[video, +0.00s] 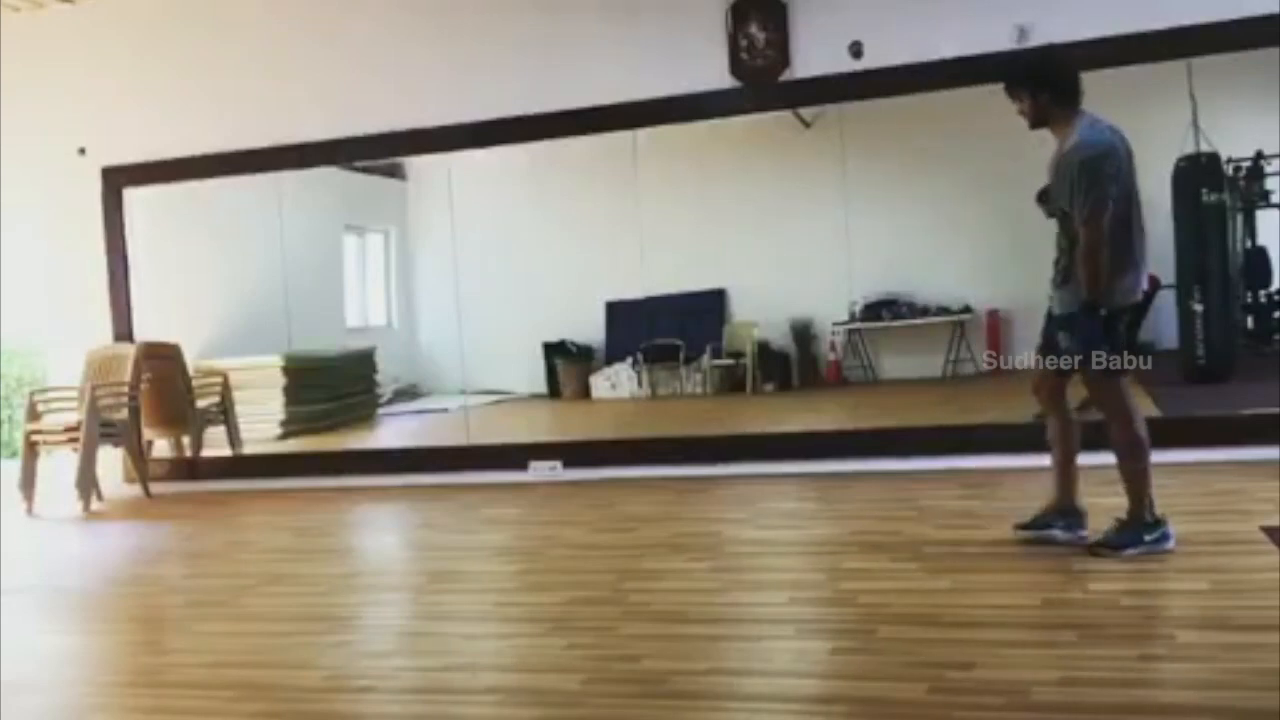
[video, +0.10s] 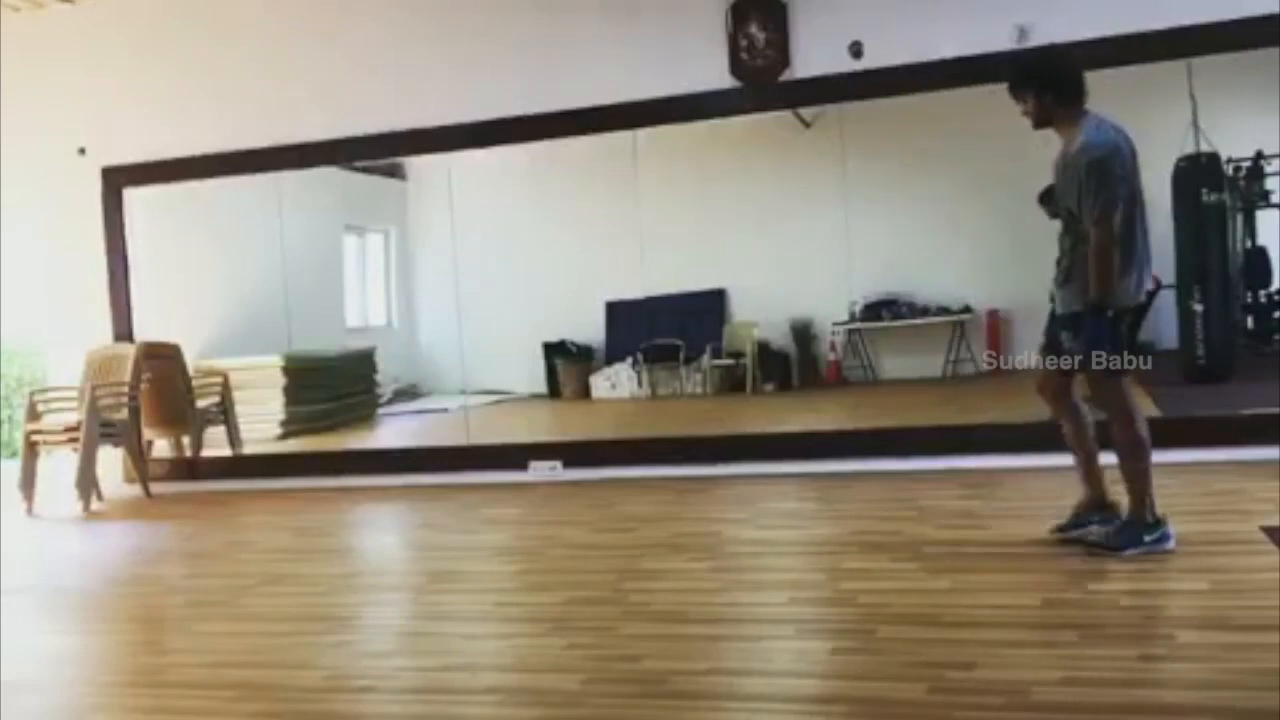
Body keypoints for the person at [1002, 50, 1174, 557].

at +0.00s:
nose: (1016, 108)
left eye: (1019, 97)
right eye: (1014, 99)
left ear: (1045, 95)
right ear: (1054, 95)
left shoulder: (1092, 148)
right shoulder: (1078, 143)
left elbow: (1094, 233)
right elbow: (1092, 225)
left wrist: (1096, 302)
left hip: (1100, 302)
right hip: (1073, 298)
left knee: (1111, 397)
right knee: (1048, 387)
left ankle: (1144, 517)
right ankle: (1065, 507)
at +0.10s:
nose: (1021, 110)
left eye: (1024, 99)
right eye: (1019, 101)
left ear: (1050, 95)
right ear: (1057, 96)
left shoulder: (1100, 147)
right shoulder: (1074, 145)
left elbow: (1105, 234)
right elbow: (1089, 220)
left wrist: (1104, 307)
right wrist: (1061, 206)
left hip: (1105, 303)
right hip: (1073, 300)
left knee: (1111, 395)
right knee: (1053, 385)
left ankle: (1145, 518)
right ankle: (1096, 500)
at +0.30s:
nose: (1035, 110)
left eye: (1037, 99)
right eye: (1033, 100)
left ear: (1063, 95)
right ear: (1063, 95)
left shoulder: (1112, 151)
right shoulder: (1084, 139)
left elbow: (1125, 238)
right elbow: (1095, 213)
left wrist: (1117, 312)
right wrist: (1070, 202)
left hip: (1110, 300)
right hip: (1081, 296)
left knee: (1118, 399)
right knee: (1071, 388)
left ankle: (1145, 519)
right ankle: (1180, 463)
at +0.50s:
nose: (1040, 106)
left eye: (1043, 97)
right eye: (1038, 97)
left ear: (1066, 96)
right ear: (1080, 92)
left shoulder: (1111, 158)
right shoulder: (1095, 132)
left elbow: (1120, 247)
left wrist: (1118, 319)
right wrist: (1076, 201)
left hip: (1110, 300)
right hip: (1083, 292)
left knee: (1122, 400)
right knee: (1071, 387)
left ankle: (1145, 518)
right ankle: (1177, 463)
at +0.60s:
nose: (1039, 104)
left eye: (1043, 94)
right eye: (1037, 95)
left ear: (1069, 93)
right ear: (1075, 92)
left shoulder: (1113, 151)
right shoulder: (1086, 136)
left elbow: (1116, 243)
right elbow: (1102, 202)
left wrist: (1109, 318)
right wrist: (1075, 202)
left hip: (1115, 298)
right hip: (1084, 290)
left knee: (1118, 396)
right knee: (1063, 386)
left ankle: (1145, 517)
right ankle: (1154, 470)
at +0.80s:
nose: (1032, 105)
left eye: (1036, 94)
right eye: (1031, 95)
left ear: (1061, 92)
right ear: (1068, 91)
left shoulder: (1105, 149)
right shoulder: (1081, 139)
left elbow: (1112, 238)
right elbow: (1096, 213)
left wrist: (1098, 306)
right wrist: (1068, 206)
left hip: (1115, 298)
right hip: (1083, 292)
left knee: (1118, 394)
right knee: (1052, 384)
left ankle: (1146, 518)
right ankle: (1103, 488)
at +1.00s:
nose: (1017, 109)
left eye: (1019, 98)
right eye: (1015, 99)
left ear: (1041, 95)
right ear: (1057, 91)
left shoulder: (1073, 147)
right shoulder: (1093, 134)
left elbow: (1082, 229)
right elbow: (1105, 220)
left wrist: (1068, 293)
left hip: (1101, 298)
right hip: (1107, 292)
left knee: (1114, 401)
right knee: (1054, 394)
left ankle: (1145, 519)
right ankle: (1024, 504)